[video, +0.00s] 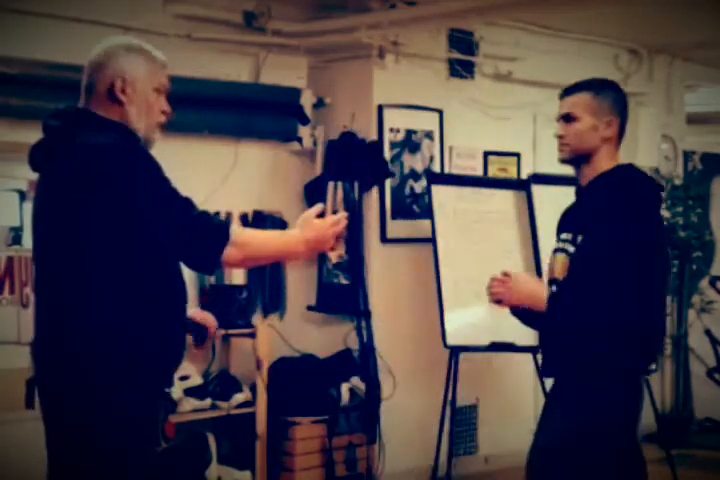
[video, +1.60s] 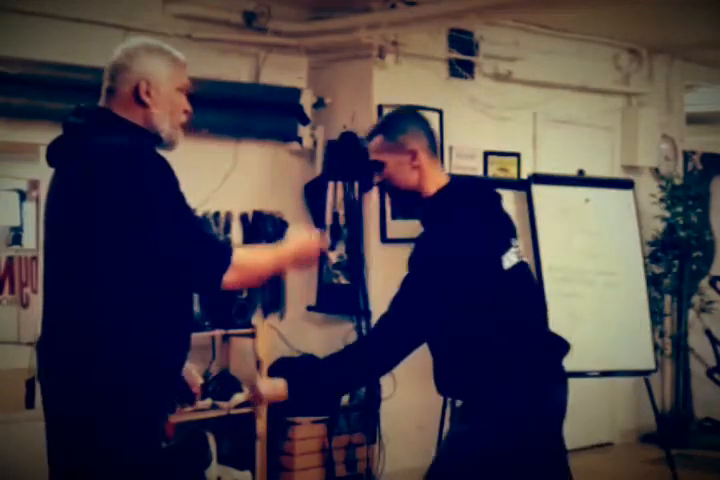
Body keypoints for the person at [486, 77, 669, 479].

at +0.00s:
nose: (558, 130)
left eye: (569, 119)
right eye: (559, 121)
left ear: (607, 128)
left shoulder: (629, 196)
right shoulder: (576, 211)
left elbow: (622, 320)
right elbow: (571, 321)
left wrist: (543, 298)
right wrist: (520, 301)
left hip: (607, 381)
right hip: (576, 378)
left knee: (551, 468)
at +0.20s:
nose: (567, 135)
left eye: (578, 123)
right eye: (566, 125)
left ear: (616, 129)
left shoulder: (647, 195)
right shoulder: (567, 213)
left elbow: (659, 296)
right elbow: (553, 311)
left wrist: (591, 270)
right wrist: (518, 284)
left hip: (617, 370)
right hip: (573, 370)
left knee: (553, 466)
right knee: (607, 468)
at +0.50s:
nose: (522, 153)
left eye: (530, 140)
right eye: (520, 144)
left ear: (571, 137)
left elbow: (660, 324)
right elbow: (514, 319)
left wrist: (590, 298)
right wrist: (485, 300)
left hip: (589, 387)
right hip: (544, 386)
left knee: (520, 469)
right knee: (595, 467)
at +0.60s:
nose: (482, 155)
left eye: (489, 141)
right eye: (480, 145)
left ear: (529, 139)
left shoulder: (572, 214)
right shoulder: (503, 227)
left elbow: (617, 322)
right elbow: (513, 331)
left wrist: (531, 300)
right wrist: (469, 308)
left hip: (569, 393)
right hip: (528, 393)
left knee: (502, 471)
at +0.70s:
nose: (435, 160)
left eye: (442, 145)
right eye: (434, 148)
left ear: (482, 143)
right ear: (482, 145)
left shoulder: (502, 201)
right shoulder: (504, 197)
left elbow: (496, 321)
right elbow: (504, 313)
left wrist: (410, 308)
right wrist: (443, 306)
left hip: (530, 391)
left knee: (473, 473)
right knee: (560, 471)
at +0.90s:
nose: (350, 186)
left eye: (354, 173)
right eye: (347, 175)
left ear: (389, 163)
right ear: (392, 164)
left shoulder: (418, 238)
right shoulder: (458, 208)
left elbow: (363, 345)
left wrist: (268, 376)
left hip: (487, 402)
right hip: (535, 387)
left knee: (432, 474)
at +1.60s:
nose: (378, 180)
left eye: (382, 167)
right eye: (375, 169)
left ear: (415, 156)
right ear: (418, 157)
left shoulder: (449, 230)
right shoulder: (474, 199)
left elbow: (392, 339)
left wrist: (296, 384)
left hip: (499, 396)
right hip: (533, 382)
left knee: (448, 472)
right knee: (546, 473)